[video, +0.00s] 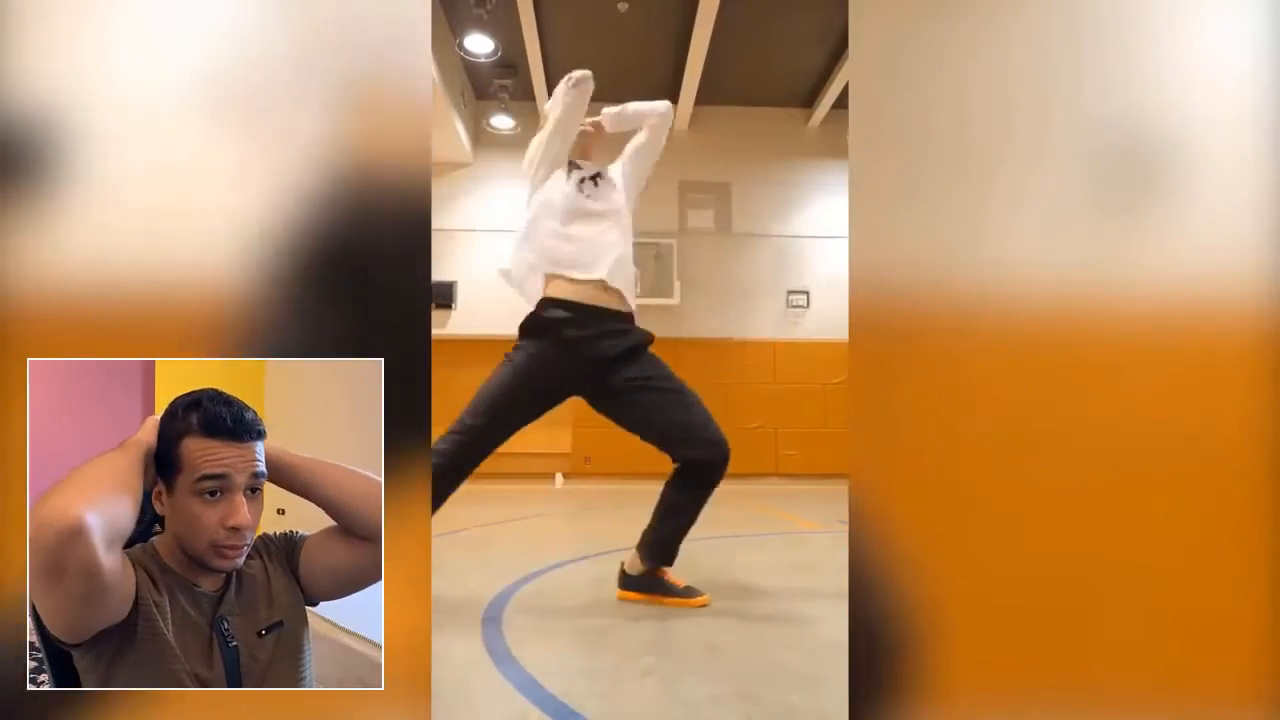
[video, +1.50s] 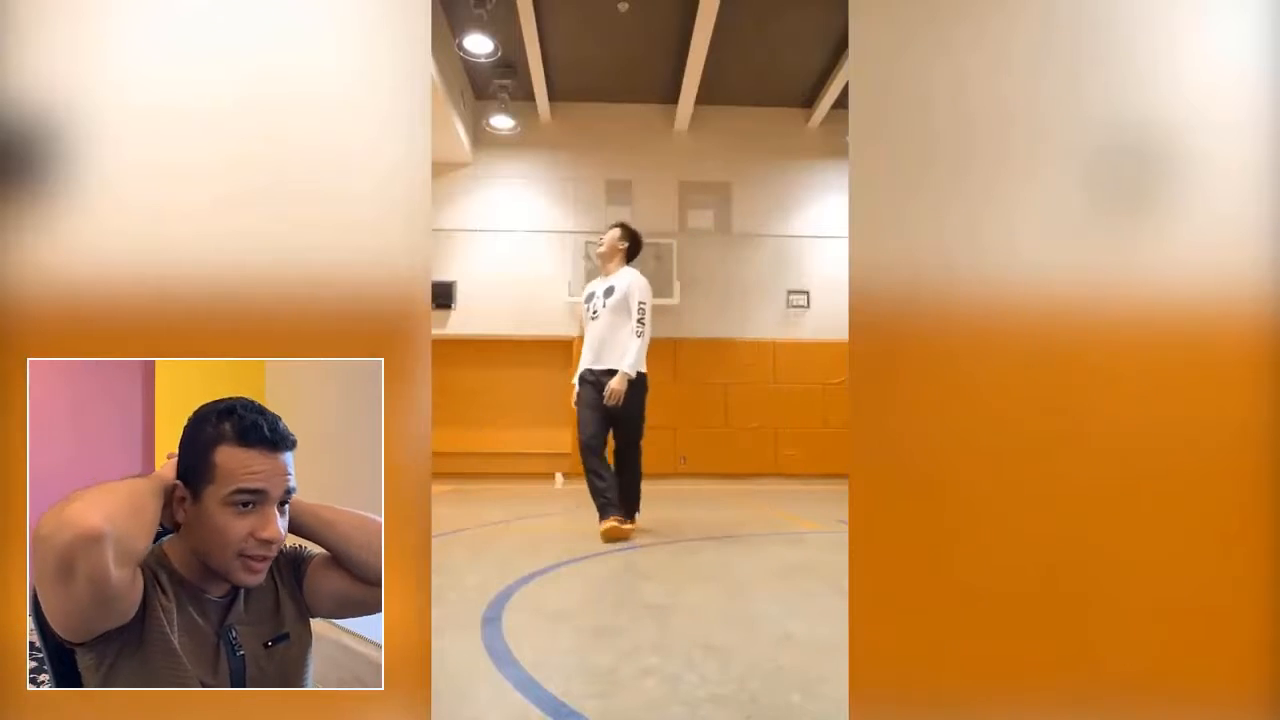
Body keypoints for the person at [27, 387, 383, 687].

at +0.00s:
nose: (241, 519)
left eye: (253, 491)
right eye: (212, 492)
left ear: (264, 490)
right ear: (160, 495)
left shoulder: (280, 568)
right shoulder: (114, 598)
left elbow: (392, 529)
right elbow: (67, 528)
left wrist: (262, 454)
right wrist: (141, 448)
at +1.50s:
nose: (273, 533)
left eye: (284, 503)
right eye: (245, 505)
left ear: (288, 504)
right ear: (183, 504)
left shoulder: (287, 580)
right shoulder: (118, 603)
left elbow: (400, 572)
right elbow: (80, 537)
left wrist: (280, 505)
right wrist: (160, 487)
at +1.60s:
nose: (284, 534)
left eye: (292, 504)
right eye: (257, 504)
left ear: (295, 502)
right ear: (191, 503)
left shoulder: (285, 578)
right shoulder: (119, 595)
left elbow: (398, 578)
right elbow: (91, 559)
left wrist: (288, 513)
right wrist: (166, 489)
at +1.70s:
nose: (279, 529)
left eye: (290, 501)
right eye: (254, 500)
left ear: (295, 502)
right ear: (189, 500)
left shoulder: (285, 581)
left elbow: (396, 584)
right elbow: (107, 596)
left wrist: (284, 514)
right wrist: (163, 501)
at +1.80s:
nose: (273, 528)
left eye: (284, 501)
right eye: (244, 498)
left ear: (290, 501)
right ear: (184, 497)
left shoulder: (281, 578)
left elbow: (396, 605)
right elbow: (140, 628)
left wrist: (282, 520)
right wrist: (164, 507)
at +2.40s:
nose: (285, 537)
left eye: (296, 508)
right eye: (256, 507)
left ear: (303, 506)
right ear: (194, 504)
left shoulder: (283, 586)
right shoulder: (100, 602)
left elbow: (394, 648)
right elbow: (174, 675)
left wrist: (292, 531)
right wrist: (176, 527)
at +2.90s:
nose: (287, 533)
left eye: (297, 506)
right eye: (256, 505)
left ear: (305, 503)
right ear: (193, 507)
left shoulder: (288, 596)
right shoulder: (107, 608)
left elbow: (381, 686)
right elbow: (161, 715)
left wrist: (292, 572)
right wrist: (199, 580)